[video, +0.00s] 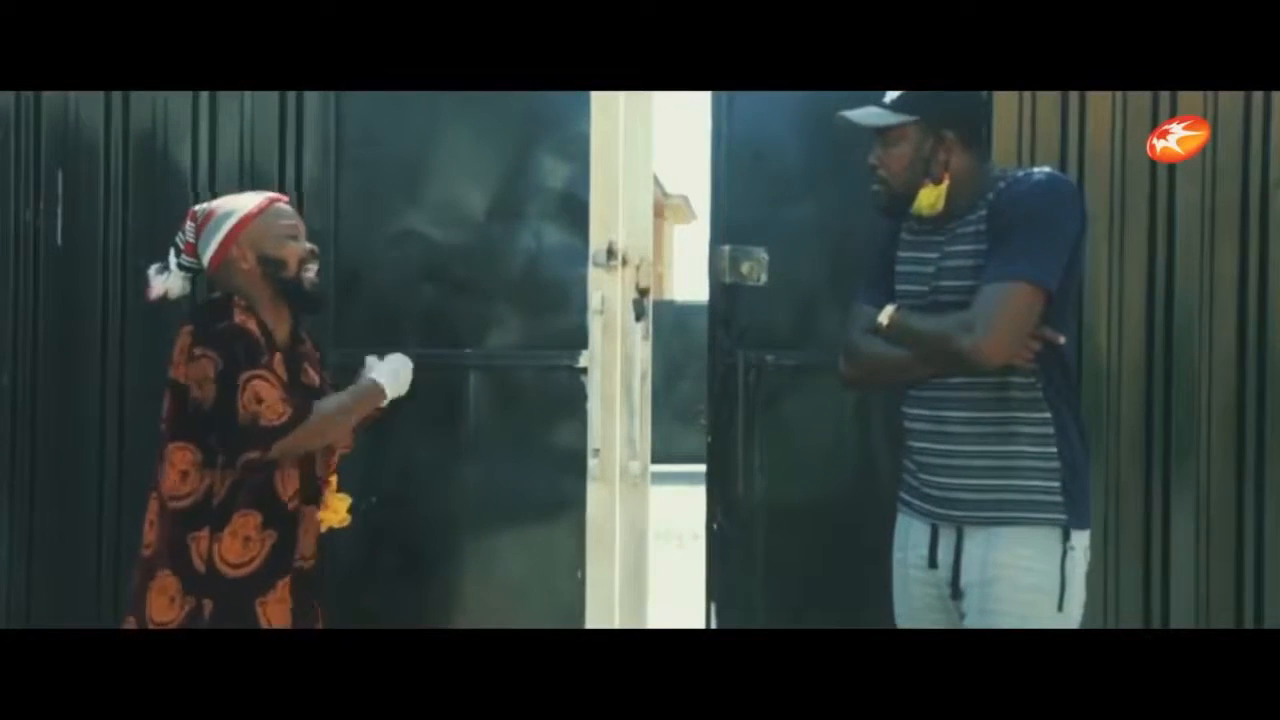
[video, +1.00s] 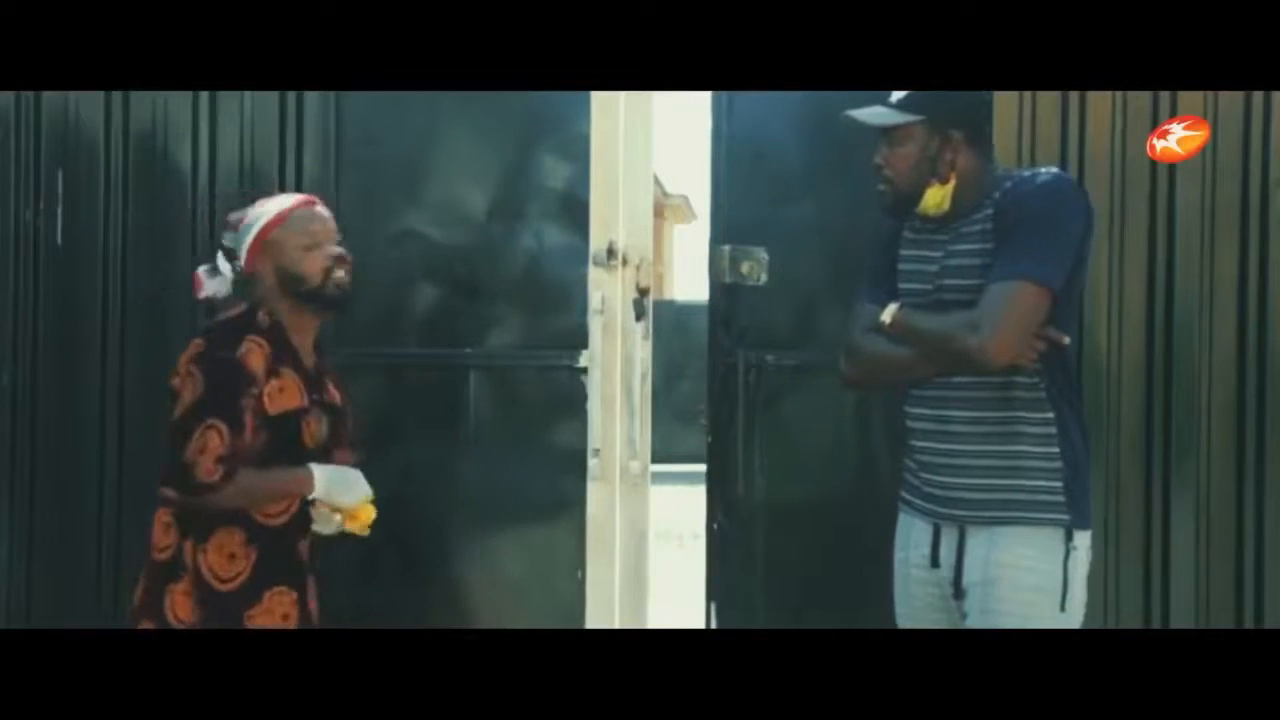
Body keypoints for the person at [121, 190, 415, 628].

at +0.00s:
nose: (311, 250)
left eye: (307, 237)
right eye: (291, 238)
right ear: (242, 256)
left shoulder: (298, 346)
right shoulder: (218, 337)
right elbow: (275, 437)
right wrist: (372, 390)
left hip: (278, 585)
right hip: (210, 595)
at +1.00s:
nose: (338, 255)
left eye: (337, 244)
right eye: (313, 247)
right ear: (262, 267)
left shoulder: (312, 362)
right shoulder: (227, 354)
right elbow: (199, 485)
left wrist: (325, 508)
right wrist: (313, 482)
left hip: (284, 604)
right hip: (214, 609)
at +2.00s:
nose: (329, 262)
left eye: (323, 249)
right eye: (308, 252)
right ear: (255, 272)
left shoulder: (324, 376)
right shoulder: (185, 369)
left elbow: (325, 496)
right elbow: (95, 482)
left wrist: (350, 528)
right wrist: (181, 500)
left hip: (286, 615)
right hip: (181, 616)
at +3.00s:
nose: (308, 299)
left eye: (322, 284)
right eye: (284, 285)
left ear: (339, 295)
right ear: (247, 300)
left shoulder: (353, 387)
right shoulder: (202, 389)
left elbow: (375, 505)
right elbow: (108, 482)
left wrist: (409, 589)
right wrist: (22, 513)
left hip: (310, 620)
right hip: (196, 618)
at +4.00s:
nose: (358, 290)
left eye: (364, 276)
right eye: (336, 277)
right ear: (282, 288)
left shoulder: (342, 383)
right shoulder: (225, 369)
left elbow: (332, 504)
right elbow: (152, 477)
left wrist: (360, 564)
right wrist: (260, 465)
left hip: (309, 612)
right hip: (207, 612)